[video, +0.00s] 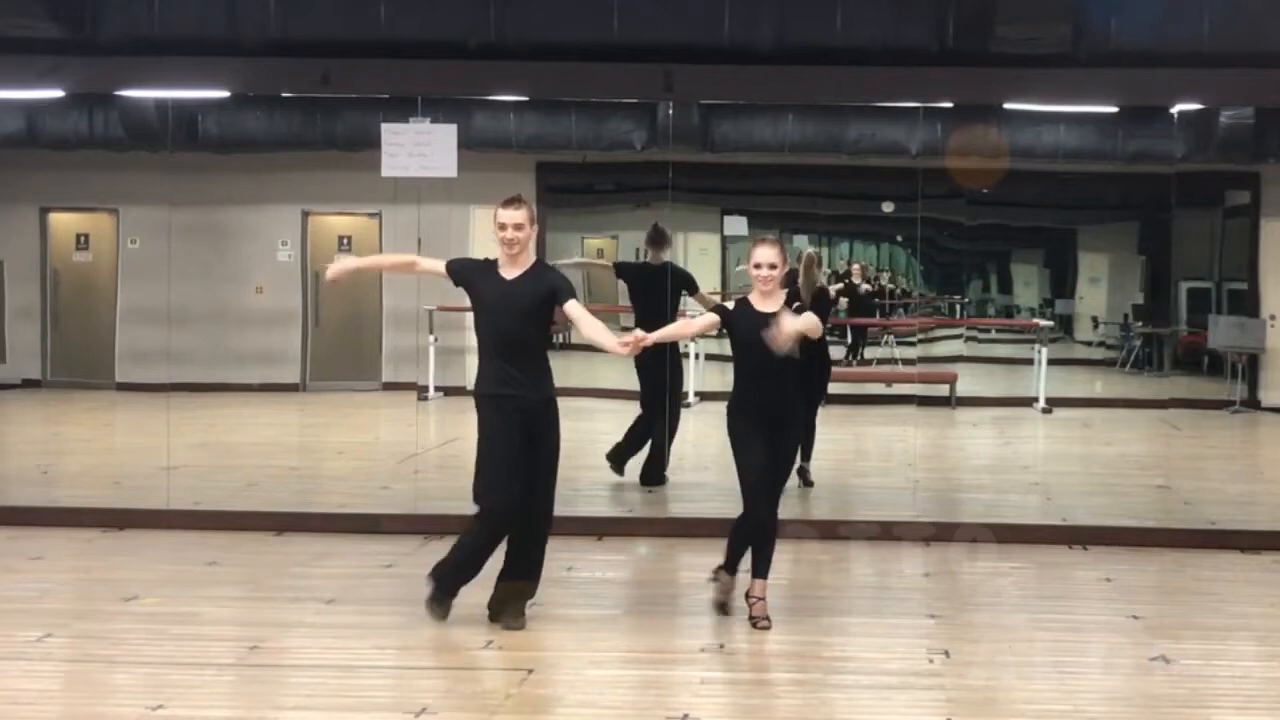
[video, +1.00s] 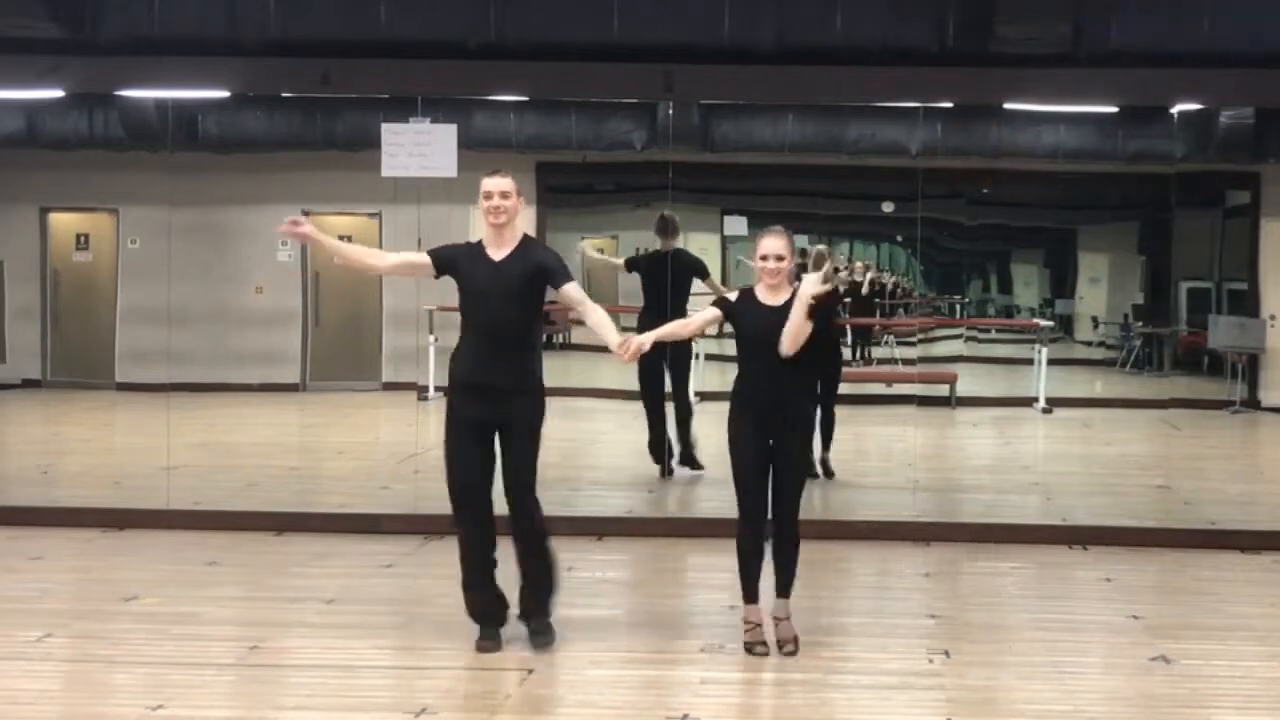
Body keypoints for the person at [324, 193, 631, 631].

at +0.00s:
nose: (510, 235)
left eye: (518, 227)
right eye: (503, 228)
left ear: (533, 230)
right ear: (494, 230)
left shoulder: (549, 279)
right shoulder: (475, 272)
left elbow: (582, 318)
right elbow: (413, 263)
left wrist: (615, 344)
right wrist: (354, 263)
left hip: (540, 404)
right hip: (496, 402)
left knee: (534, 509)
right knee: (500, 507)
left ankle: (510, 603)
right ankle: (445, 582)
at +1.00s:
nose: (496, 202)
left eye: (505, 195)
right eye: (489, 196)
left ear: (520, 203)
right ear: (479, 205)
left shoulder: (540, 259)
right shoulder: (460, 256)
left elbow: (586, 307)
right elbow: (381, 262)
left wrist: (619, 341)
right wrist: (317, 237)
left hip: (521, 397)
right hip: (468, 396)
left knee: (521, 500)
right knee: (470, 507)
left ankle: (537, 610)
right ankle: (488, 617)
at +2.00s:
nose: (495, 252)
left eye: (504, 244)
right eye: (487, 245)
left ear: (521, 248)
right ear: (479, 250)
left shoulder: (543, 304)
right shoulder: (465, 289)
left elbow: (602, 340)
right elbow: (407, 258)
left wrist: (657, 354)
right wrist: (384, 223)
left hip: (498, 437)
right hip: (446, 427)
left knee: (488, 532)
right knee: (406, 514)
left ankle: (450, 620)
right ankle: (352, 586)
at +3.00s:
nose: (473, 215)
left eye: (483, 208)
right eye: (466, 208)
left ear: (503, 219)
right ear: (458, 218)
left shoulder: (523, 282)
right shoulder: (435, 268)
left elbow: (556, 343)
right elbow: (351, 273)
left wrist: (593, 350)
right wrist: (271, 273)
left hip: (498, 416)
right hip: (447, 414)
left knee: (463, 522)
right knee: (455, 527)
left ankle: (433, 604)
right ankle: (463, 651)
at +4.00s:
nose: (466, 206)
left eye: (475, 199)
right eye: (458, 199)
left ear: (493, 208)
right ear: (448, 207)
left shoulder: (512, 274)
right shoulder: (422, 261)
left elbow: (554, 327)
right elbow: (345, 254)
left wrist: (594, 357)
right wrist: (284, 238)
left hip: (495, 400)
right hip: (442, 406)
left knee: (484, 462)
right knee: (459, 536)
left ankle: (428, 521)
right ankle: (473, 656)